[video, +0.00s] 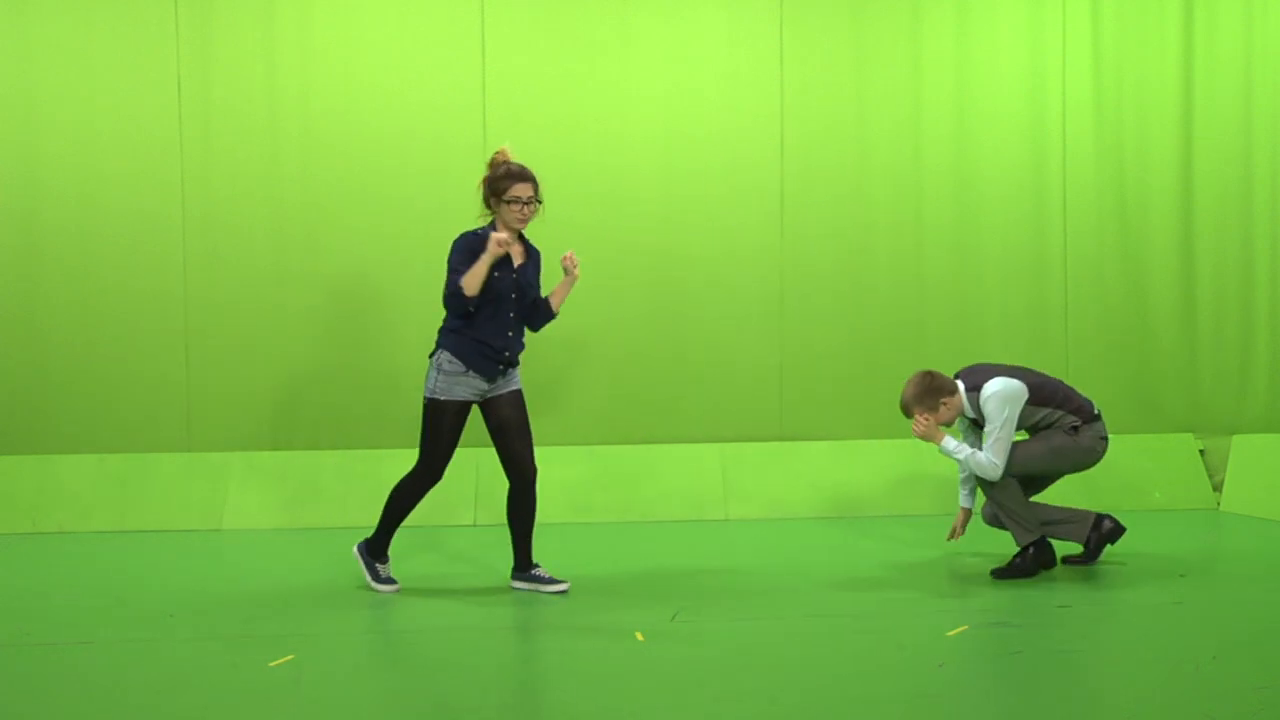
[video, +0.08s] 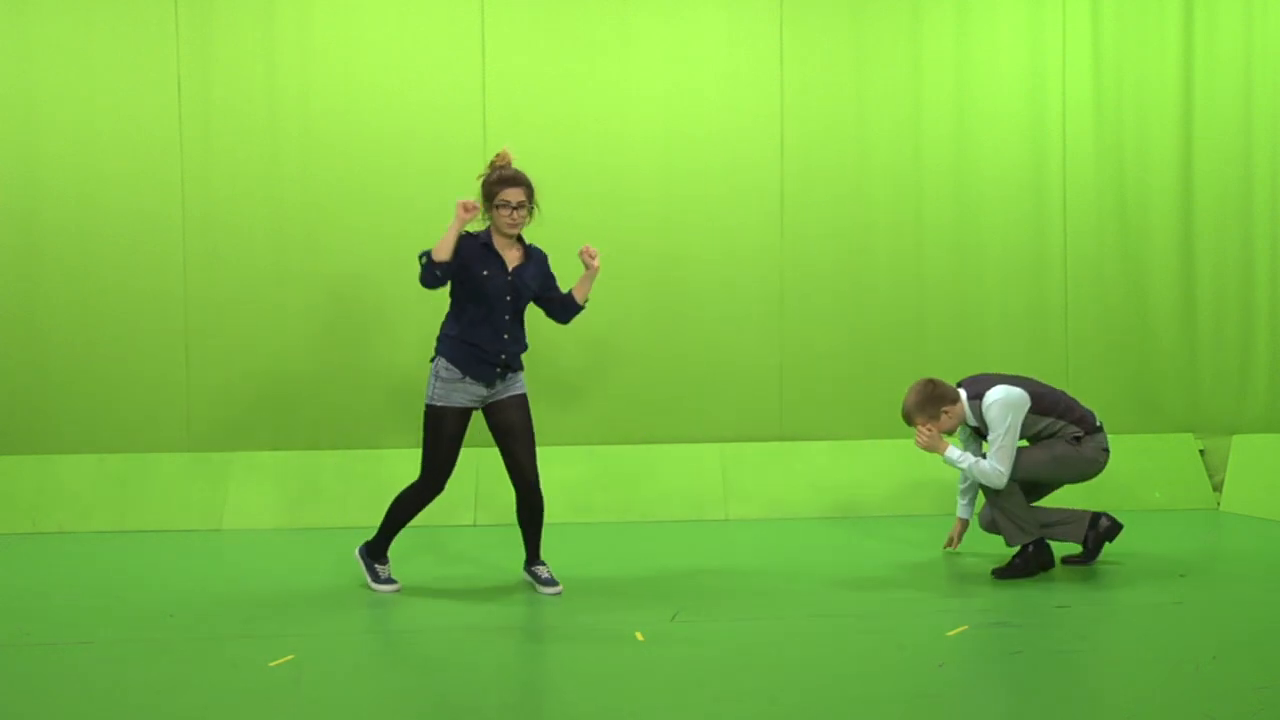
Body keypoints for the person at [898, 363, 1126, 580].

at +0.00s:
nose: (929, 426)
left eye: (926, 421)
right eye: (923, 423)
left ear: (943, 405)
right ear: (944, 400)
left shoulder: (999, 393)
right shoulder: (964, 397)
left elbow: (992, 466)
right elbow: (969, 451)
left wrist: (941, 440)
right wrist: (965, 508)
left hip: (1082, 436)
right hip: (1061, 439)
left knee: (990, 466)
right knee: (995, 512)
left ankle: (1035, 547)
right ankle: (1095, 526)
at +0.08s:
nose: (932, 434)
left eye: (929, 429)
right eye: (927, 431)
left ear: (946, 414)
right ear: (946, 409)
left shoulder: (1001, 401)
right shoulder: (965, 408)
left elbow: (996, 477)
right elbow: (970, 465)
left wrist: (945, 449)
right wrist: (962, 519)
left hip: (1083, 446)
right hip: (1061, 450)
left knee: (995, 470)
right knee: (991, 519)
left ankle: (1034, 548)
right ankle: (1092, 525)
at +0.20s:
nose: (928, 437)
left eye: (927, 432)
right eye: (923, 434)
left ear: (944, 418)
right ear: (945, 414)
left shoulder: (1000, 407)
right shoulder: (965, 414)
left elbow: (991, 482)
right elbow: (966, 473)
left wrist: (942, 451)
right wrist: (959, 527)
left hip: (1082, 460)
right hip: (1057, 463)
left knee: (995, 472)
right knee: (986, 527)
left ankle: (1035, 550)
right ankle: (1085, 521)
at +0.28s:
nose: (926, 438)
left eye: (925, 432)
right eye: (920, 434)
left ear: (943, 419)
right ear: (943, 415)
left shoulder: (999, 409)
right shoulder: (963, 415)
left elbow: (990, 483)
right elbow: (966, 474)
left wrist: (941, 451)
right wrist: (959, 528)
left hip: (1080, 464)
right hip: (1052, 467)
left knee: (995, 472)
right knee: (984, 529)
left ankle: (1034, 550)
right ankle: (1081, 520)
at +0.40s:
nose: (928, 440)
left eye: (926, 435)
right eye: (922, 436)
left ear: (944, 421)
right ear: (944, 417)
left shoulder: (999, 410)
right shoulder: (961, 414)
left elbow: (991, 484)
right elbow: (966, 473)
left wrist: (941, 453)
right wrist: (959, 528)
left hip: (1079, 464)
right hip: (1050, 468)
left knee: (995, 472)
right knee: (983, 529)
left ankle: (1035, 550)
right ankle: (1079, 519)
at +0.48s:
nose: (929, 442)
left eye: (927, 437)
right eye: (923, 439)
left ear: (945, 423)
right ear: (945, 419)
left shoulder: (1000, 411)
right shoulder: (961, 413)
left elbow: (994, 487)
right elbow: (966, 473)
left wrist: (943, 455)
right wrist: (959, 528)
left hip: (1080, 463)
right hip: (1049, 467)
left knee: (997, 473)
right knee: (981, 528)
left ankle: (1035, 550)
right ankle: (1079, 519)